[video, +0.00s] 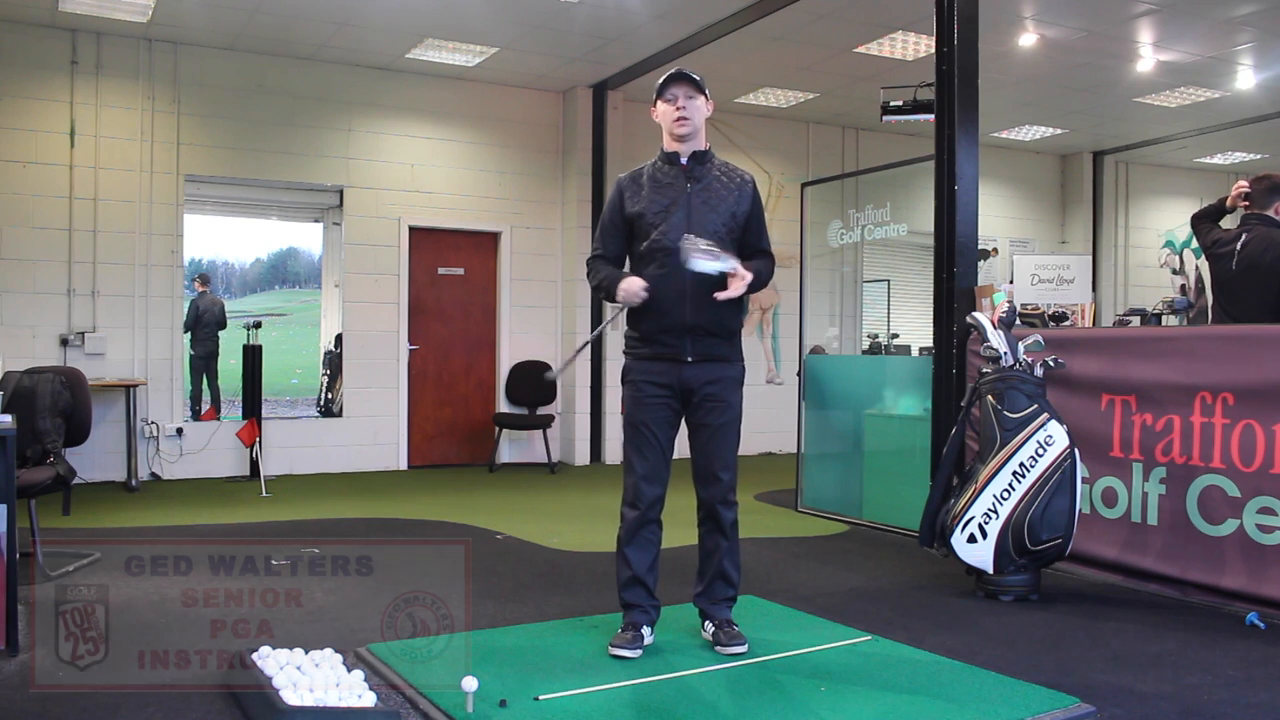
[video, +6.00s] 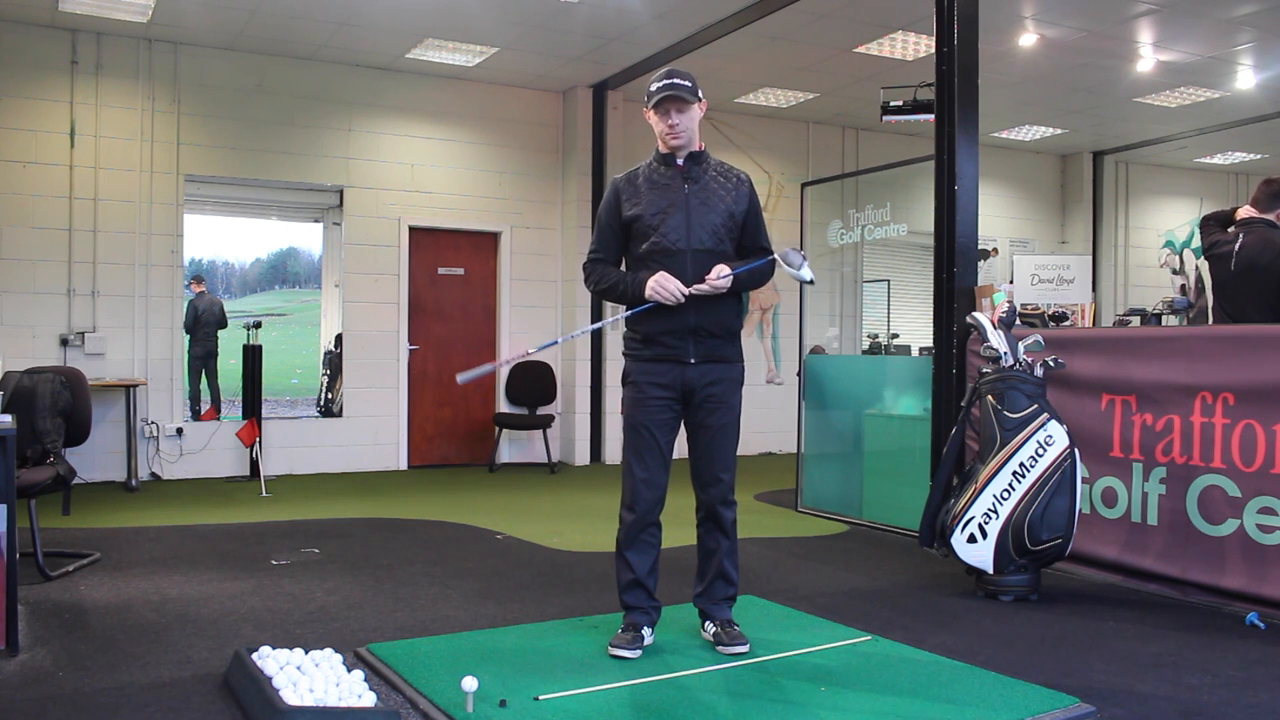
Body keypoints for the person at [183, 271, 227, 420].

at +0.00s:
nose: (194, 286)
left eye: (195, 283)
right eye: (195, 283)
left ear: (199, 284)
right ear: (208, 285)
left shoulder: (196, 302)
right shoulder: (218, 302)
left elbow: (189, 324)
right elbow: (223, 324)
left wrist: (184, 329)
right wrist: (211, 326)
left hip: (198, 346)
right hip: (213, 345)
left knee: (196, 382)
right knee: (213, 381)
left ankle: (196, 414)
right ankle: (216, 412)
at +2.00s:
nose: (193, 286)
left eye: (195, 283)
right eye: (194, 283)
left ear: (198, 284)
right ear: (207, 285)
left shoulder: (194, 302)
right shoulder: (218, 302)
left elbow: (186, 324)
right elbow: (224, 325)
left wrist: (197, 320)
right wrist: (211, 325)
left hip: (197, 346)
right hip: (212, 346)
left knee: (196, 382)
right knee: (213, 381)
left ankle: (196, 415)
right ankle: (216, 413)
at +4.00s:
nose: (193, 286)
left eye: (194, 284)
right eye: (194, 284)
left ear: (198, 284)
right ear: (207, 284)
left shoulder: (195, 303)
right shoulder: (217, 302)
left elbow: (190, 325)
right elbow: (219, 322)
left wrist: (184, 332)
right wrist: (208, 326)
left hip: (197, 344)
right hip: (212, 344)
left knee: (195, 382)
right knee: (213, 381)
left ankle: (196, 414)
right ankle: (216, 412)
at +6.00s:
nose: (191, 288)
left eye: (191, 285)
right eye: (191, 285)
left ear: (196, 285)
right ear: (204, 285)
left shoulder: (194, 302)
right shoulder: (217, 301)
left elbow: (188, 325)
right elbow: (224, 323)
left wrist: (191, 330)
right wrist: (211, 326)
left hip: (197, 346)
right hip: (212, 346)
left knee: (194, 383)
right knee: (213, 381)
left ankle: (195, 414)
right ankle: (216, 412)